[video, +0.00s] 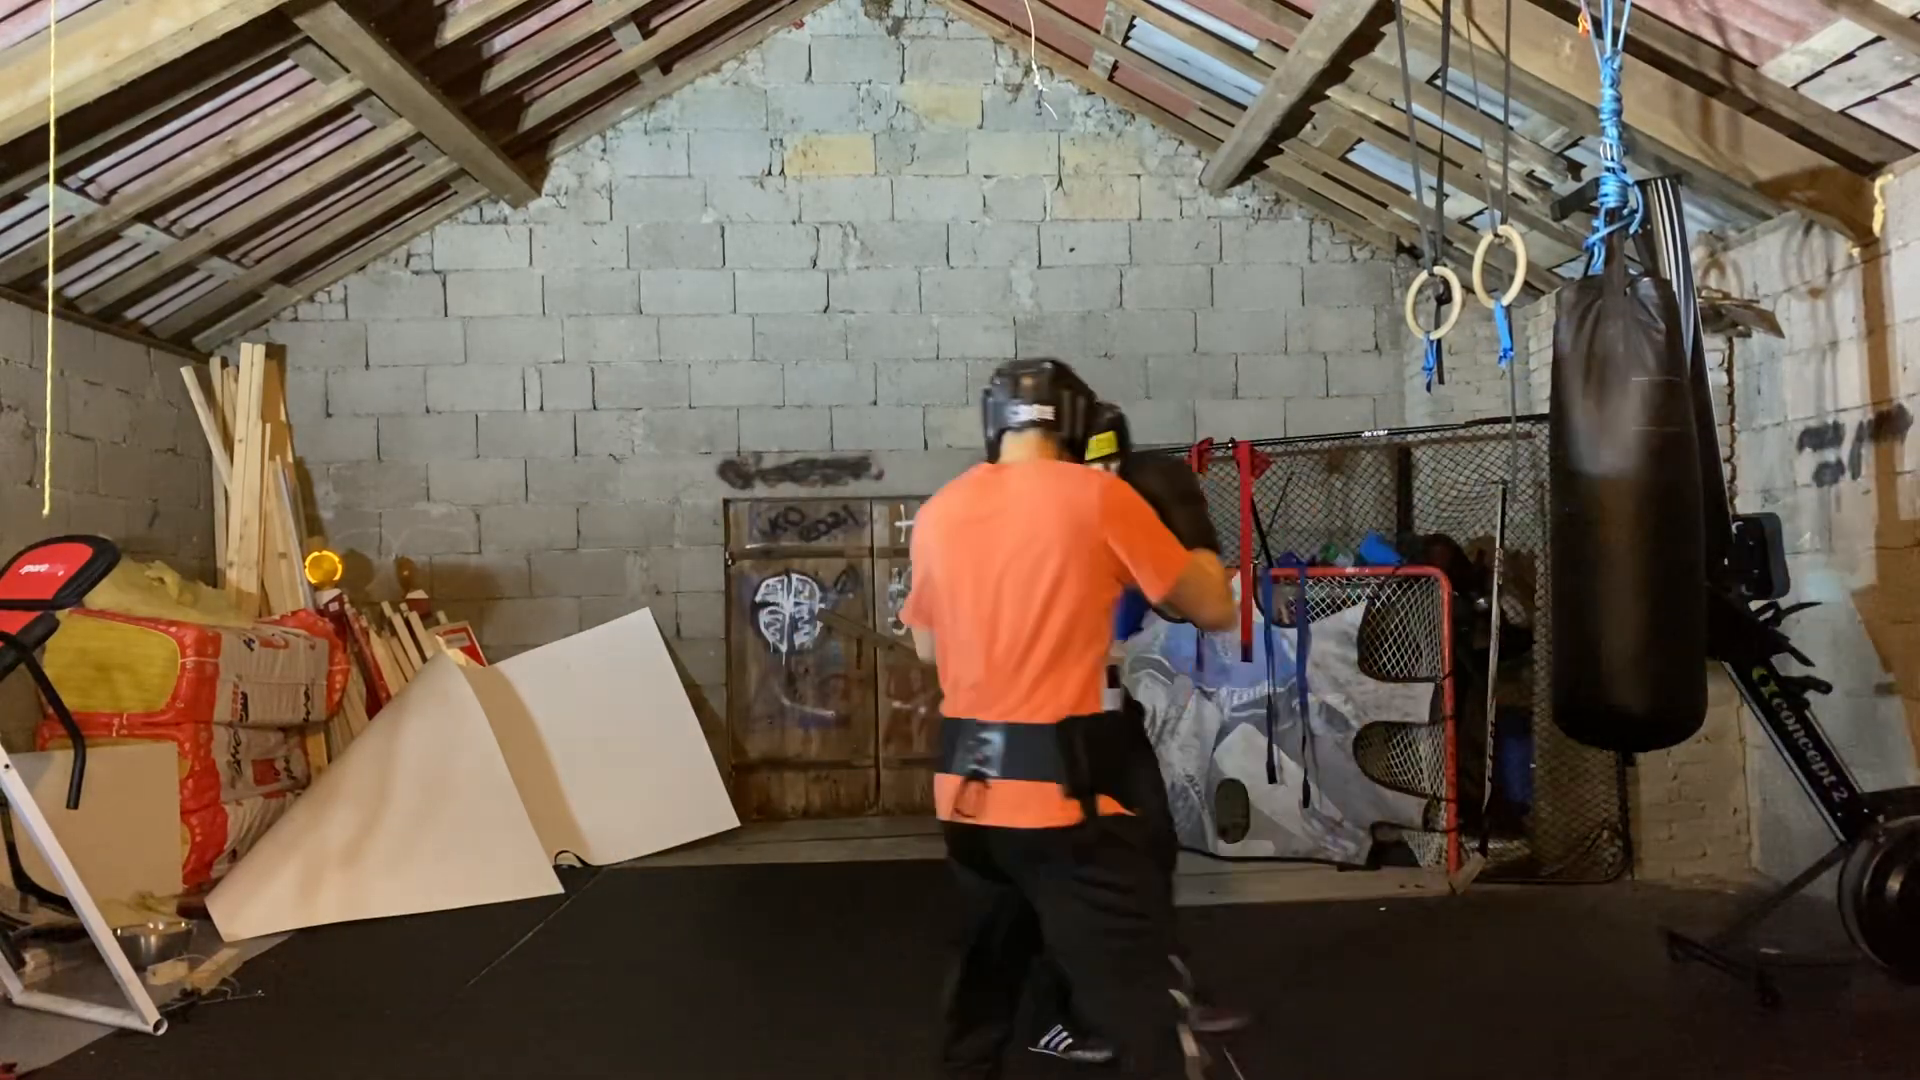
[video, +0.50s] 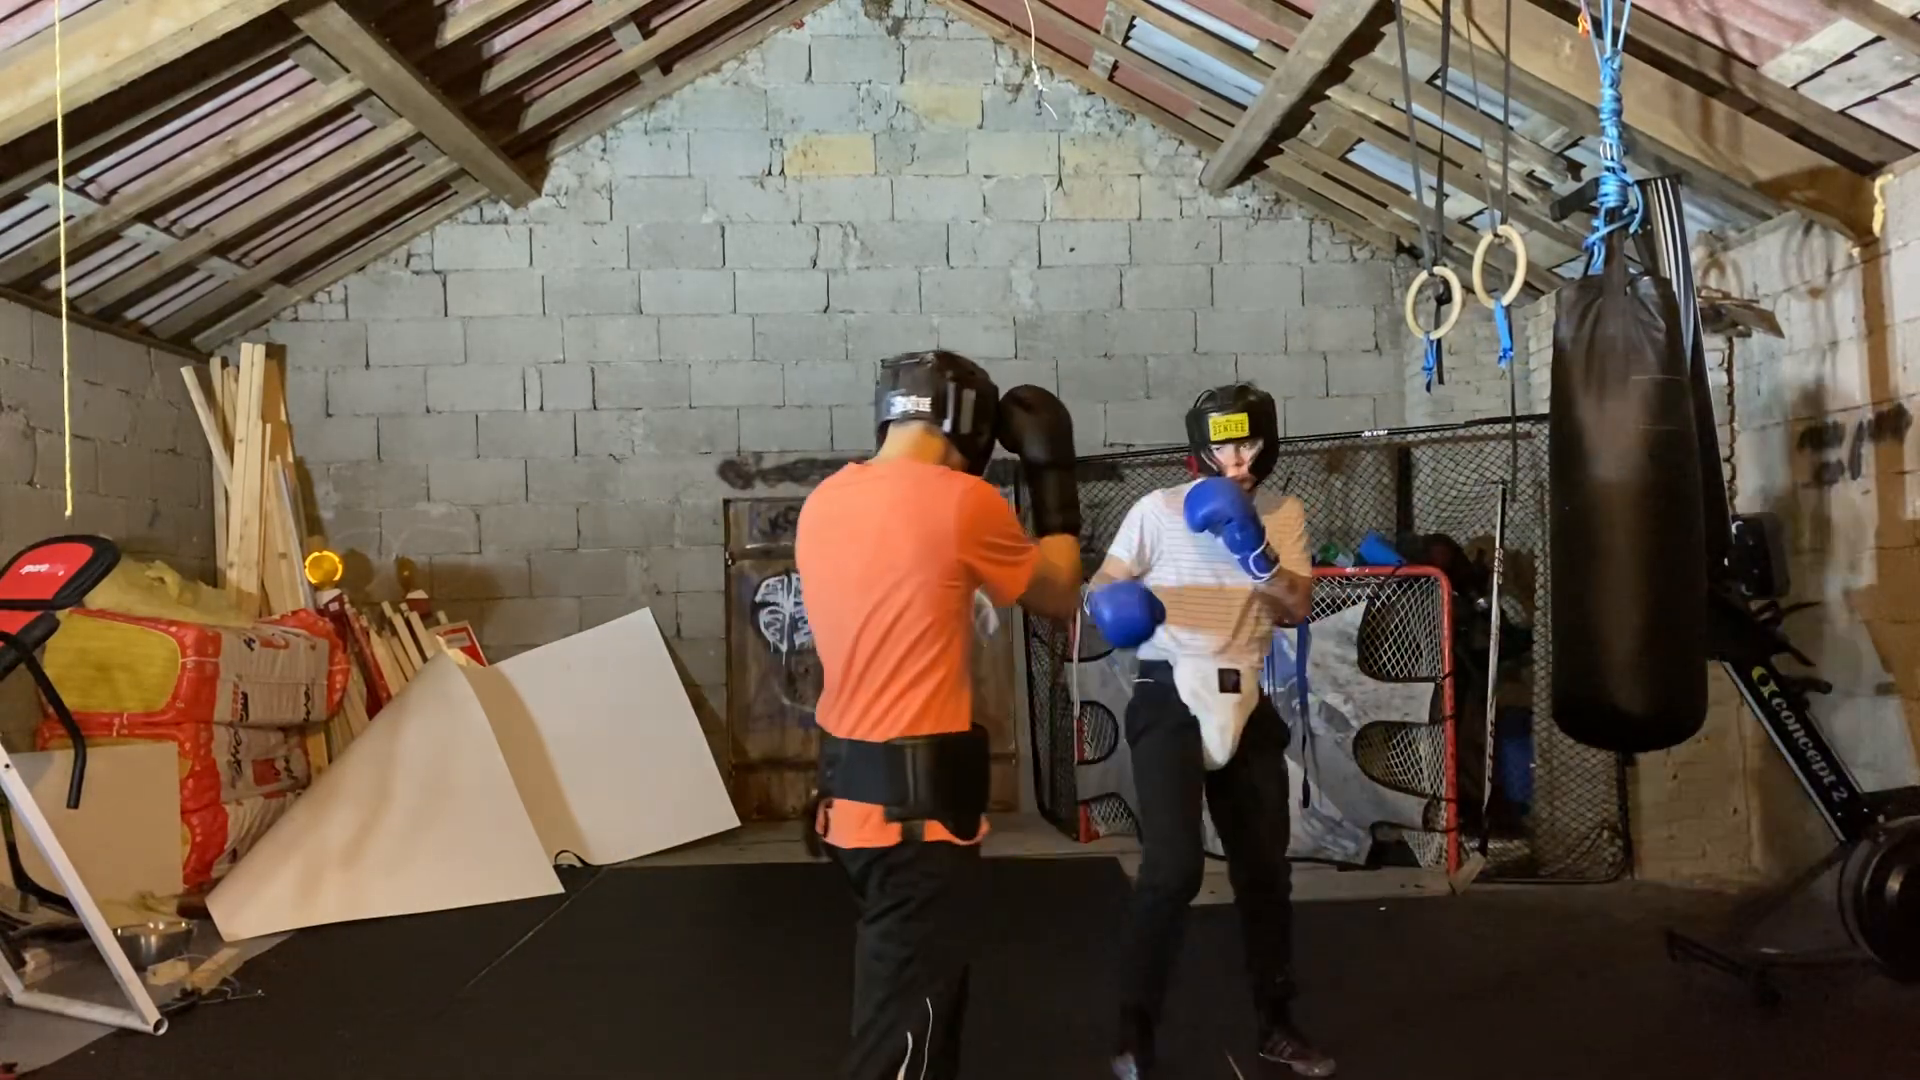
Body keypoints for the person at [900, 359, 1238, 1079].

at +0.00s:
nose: (1086, 431)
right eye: (1082, 418)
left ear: (992, 425)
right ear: (1072, 422)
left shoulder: (938, 512)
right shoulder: (1097, 498)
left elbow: (932, 638)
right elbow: (1215, 606)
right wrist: (1180, 514)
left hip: (966, 800)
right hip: (1066, 802)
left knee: (987, 983)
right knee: (1136, 1008)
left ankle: (968, 1062)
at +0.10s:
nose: (1057, 429)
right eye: (1055, 417)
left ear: (963, 416)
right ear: (1045, 418)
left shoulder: (909, 502)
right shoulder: (1063, 491)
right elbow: (1171, 586)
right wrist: (1144, 476)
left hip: (932, 796)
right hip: (1024, 800)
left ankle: (950, 1062)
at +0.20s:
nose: (1031, 428)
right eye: (1027, 414)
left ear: (939, 414)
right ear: (1018, 415)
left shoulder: (883, 503)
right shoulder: (1040, 492)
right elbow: (1120, 580)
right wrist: (1108, 473)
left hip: (910, 786)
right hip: (1005, 791)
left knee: (938, 1001)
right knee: (1022, 1013)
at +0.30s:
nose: (1012, 430)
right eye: (1010, 417)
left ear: (918, 417)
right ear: (1000, 419)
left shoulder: (861, 507)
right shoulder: (1016, 495)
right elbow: (1102, 587)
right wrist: (1086, 476)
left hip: (889, 782)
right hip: (977, 786)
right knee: (944, 1012)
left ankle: (946, 1041)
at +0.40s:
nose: (995, 443)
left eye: (995, 434)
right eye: (995, 430)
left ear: (904, 423)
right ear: (980, 427)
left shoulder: (841, 511)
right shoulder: (991, 503)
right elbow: (1085, 594)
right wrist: (1072, 486)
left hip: (870, 785)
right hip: (949, 793)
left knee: (946, 992)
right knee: (891, 1021)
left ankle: (940, 1064)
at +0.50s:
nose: (984, 443)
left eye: (985, 431)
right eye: (982, 428)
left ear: (890, 417)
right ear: (964, 421)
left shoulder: (822, 503)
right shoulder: (960, 500)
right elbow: (1058, 592)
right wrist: (1055, 474)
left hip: (850, 804)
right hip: (921, 812)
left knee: (927, 1029)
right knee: (893, 1047)